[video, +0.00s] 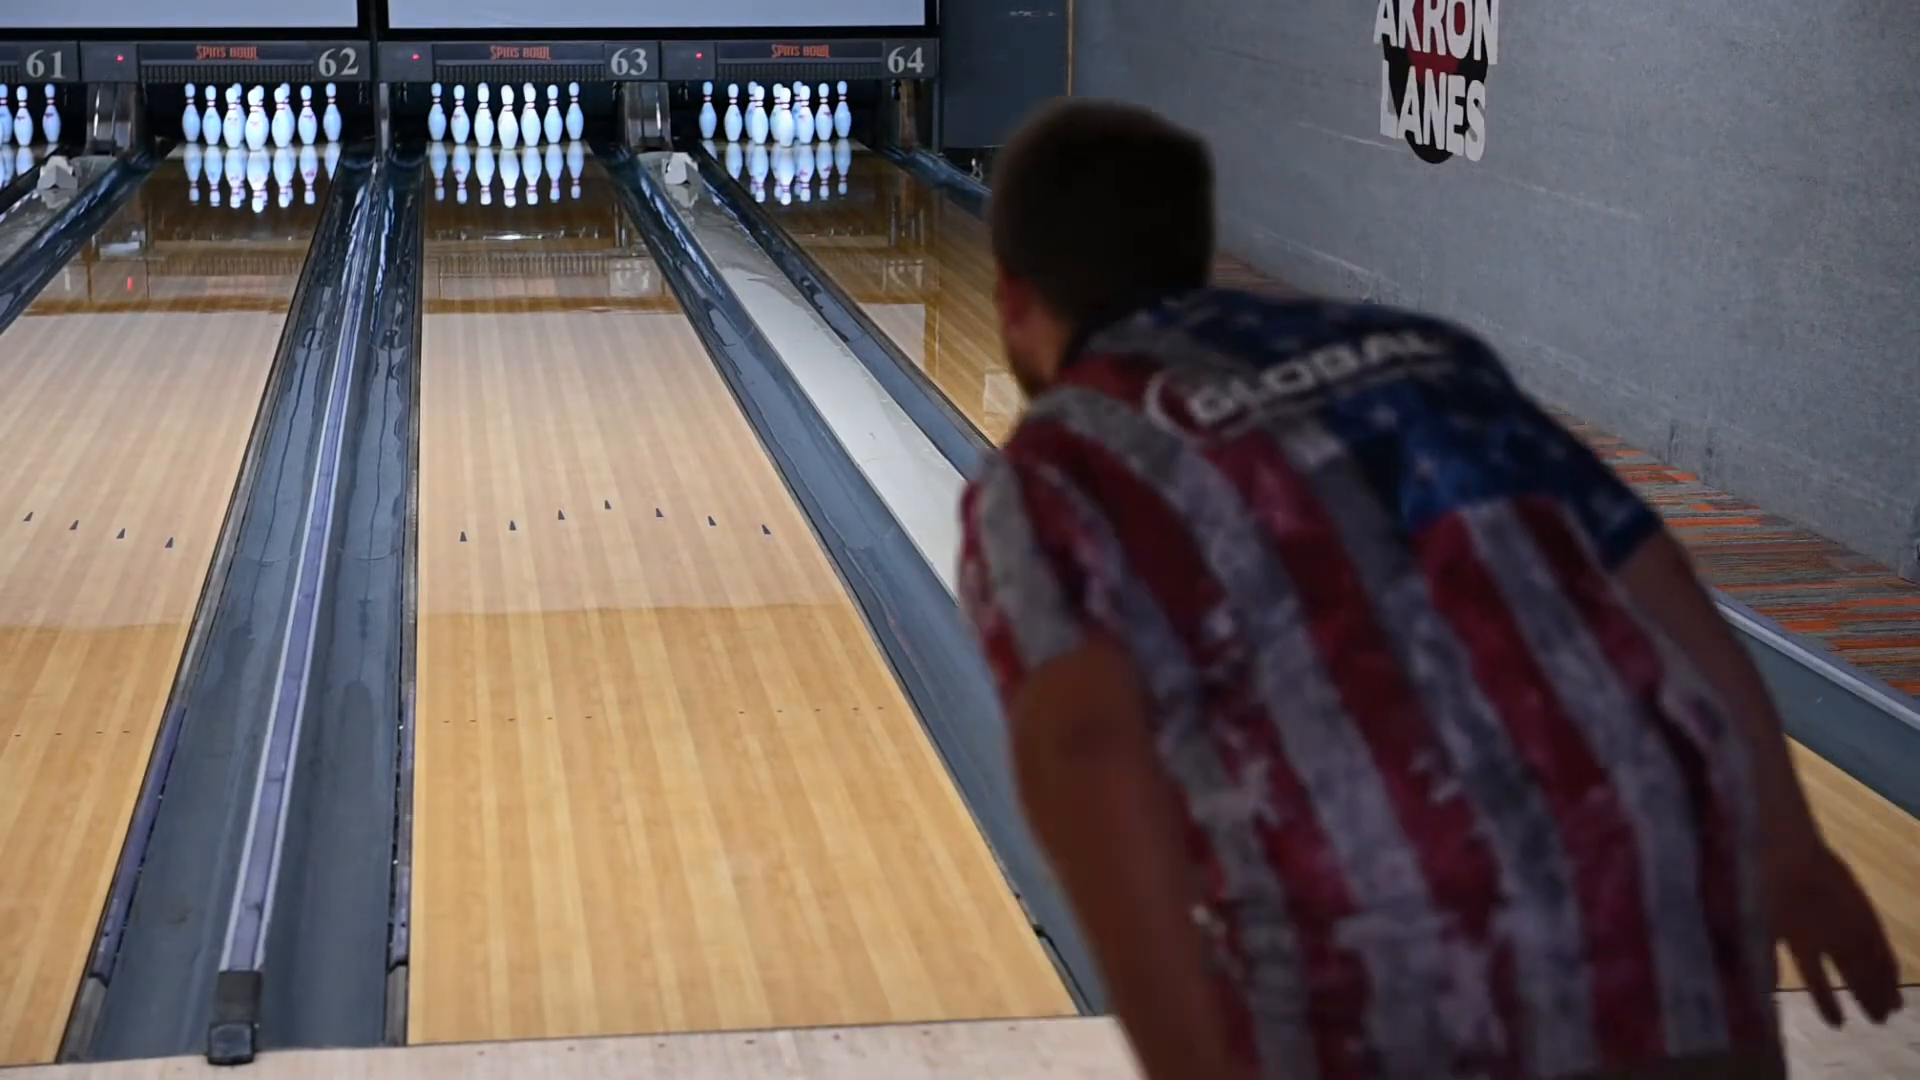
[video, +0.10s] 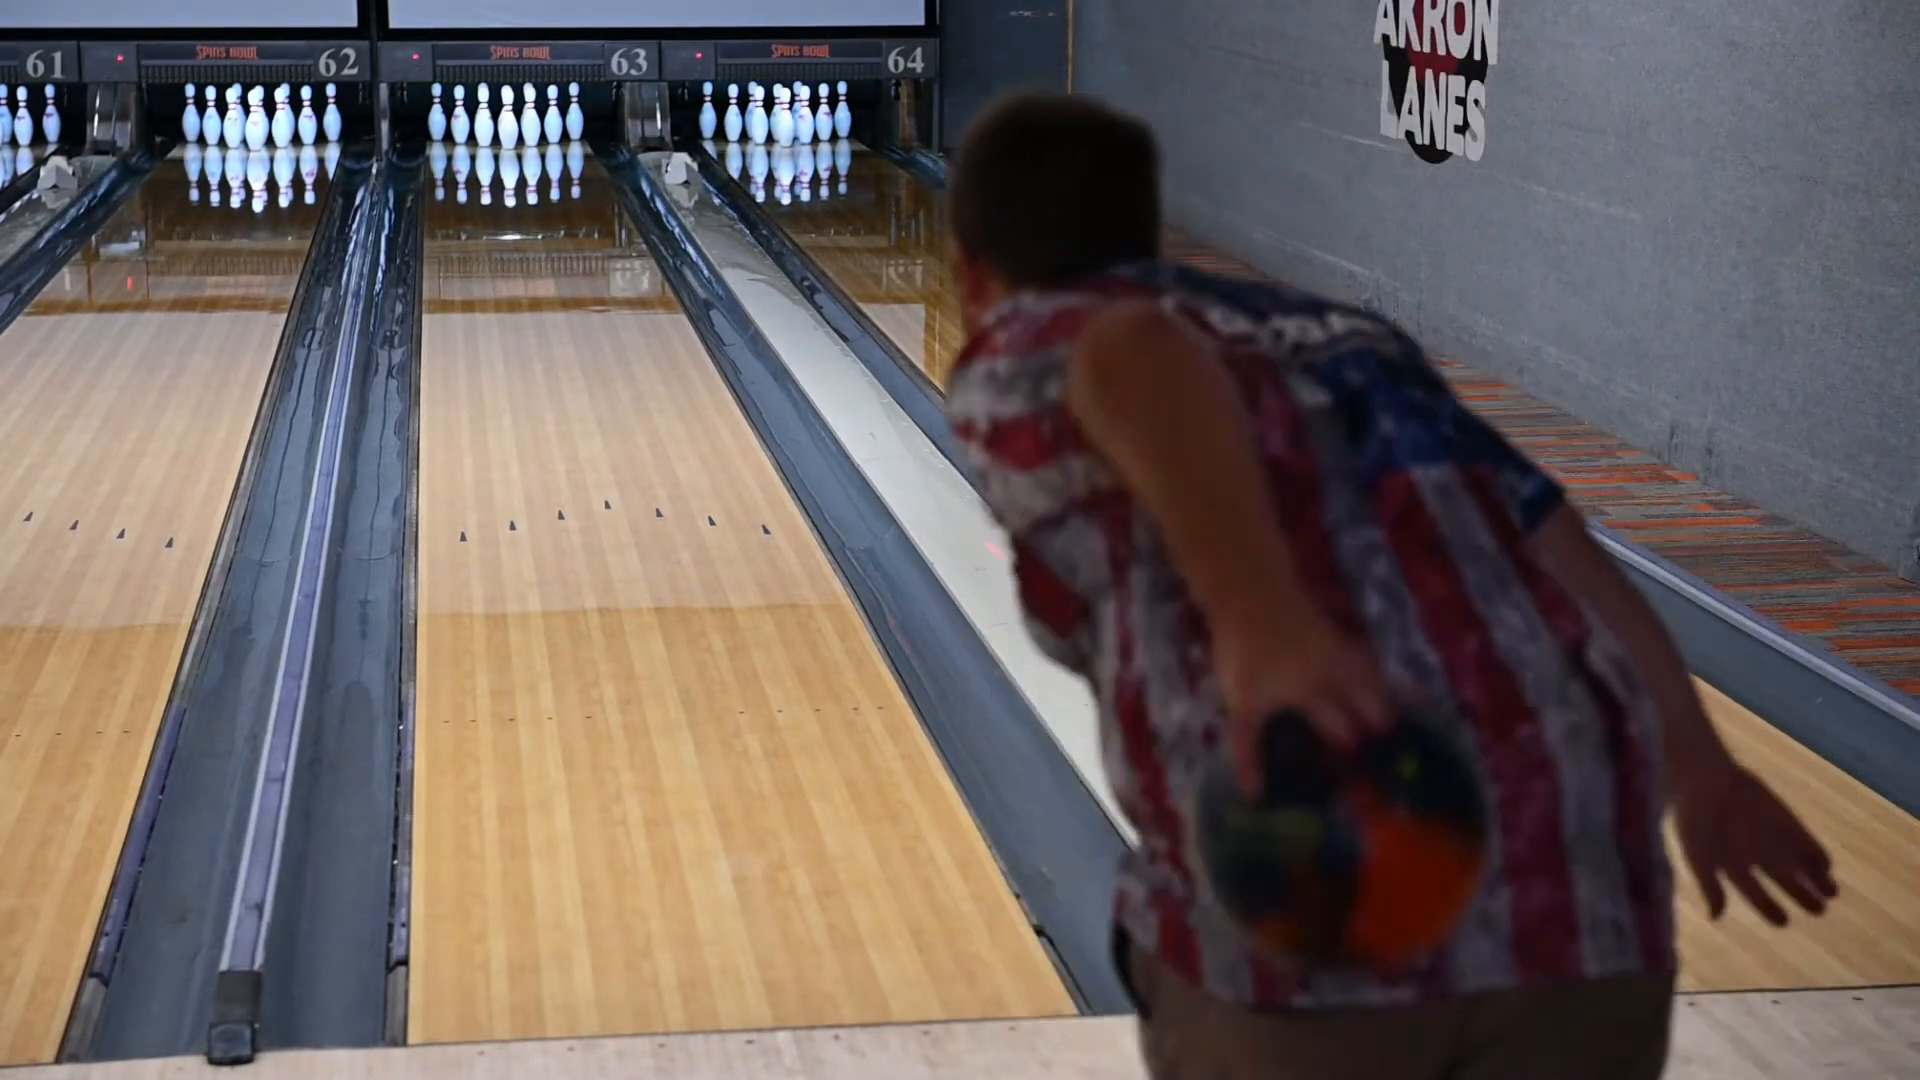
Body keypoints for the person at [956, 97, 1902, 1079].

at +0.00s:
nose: (998, 312)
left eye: (998, 288)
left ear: (1018, 298)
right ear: (1203, 256)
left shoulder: (1043, 474)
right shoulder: (1414, 340)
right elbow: (1664, 583)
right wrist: (1788, 838)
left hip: (1377, 965)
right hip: (1677, 891)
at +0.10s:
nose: (959, 305)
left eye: (952, 285)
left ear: (973, 274)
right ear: (1155, 233)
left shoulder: (1007, 352)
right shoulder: (1335, 323)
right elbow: (1550, 531)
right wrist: (1701, 763)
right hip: (1583, 895)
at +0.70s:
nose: (734, 426)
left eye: (733, 409)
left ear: (752, 410)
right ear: (877, 366)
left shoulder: (766, 515)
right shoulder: (985, 383)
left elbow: (840, 711)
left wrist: (897, 947)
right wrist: (1327, 469)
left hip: (1060, 789)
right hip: (1217, 712)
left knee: (1169, 1062)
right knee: (1014, 869)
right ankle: (953, 1054)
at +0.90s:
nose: (731, 382)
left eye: (730, 365)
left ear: (739, 366)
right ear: (855, 317)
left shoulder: (743, 455)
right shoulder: (969, 341)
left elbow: (701, 575)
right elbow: (1145, 467)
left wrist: (754, 462)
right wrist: (1192, 633)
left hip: (995, 689)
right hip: (1142, 615)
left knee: (1143, 962)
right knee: (985, 824)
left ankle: (1407, 1071)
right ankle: (931, 1069)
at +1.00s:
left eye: (703, 300)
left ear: (719, 302)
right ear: (829, 264)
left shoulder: (724, 359)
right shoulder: (958, 296)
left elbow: (641, 323)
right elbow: (1119, 431)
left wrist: (677, 189)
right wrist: (1157, 589)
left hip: (971, 600)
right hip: (1120, 560)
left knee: (1094, 908)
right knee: (974, 795)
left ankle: (1367, 1068)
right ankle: (938, 1066)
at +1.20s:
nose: (723, 205)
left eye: (722, 188)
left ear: (725, 189)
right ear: (842, 159)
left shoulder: (728, 273)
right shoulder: (946, 212)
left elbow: (606, 331)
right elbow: (1055, 338)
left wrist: (627, 185)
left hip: (955, 539)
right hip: (1109, 508)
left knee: (1032, 838)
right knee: (978, 809)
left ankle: (1244, 1068)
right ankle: (939, 1068)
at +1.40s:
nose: (715, 185)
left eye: (714, 170)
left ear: (725, 177)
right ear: (839, 147)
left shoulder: (722, 286)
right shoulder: (946, 202)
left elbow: (681, 454)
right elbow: (1051, 336)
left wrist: (666, 406)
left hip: (939, 536)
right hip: (1095, 507)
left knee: (989, 851)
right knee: (977, 819)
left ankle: (1179, 1072)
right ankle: (932, 1070)